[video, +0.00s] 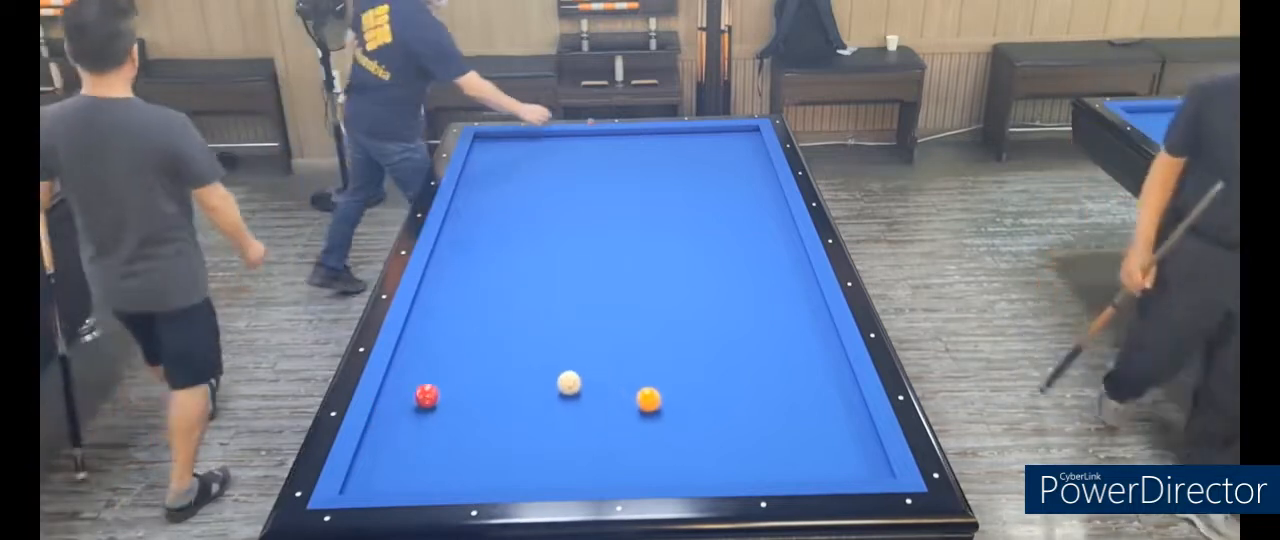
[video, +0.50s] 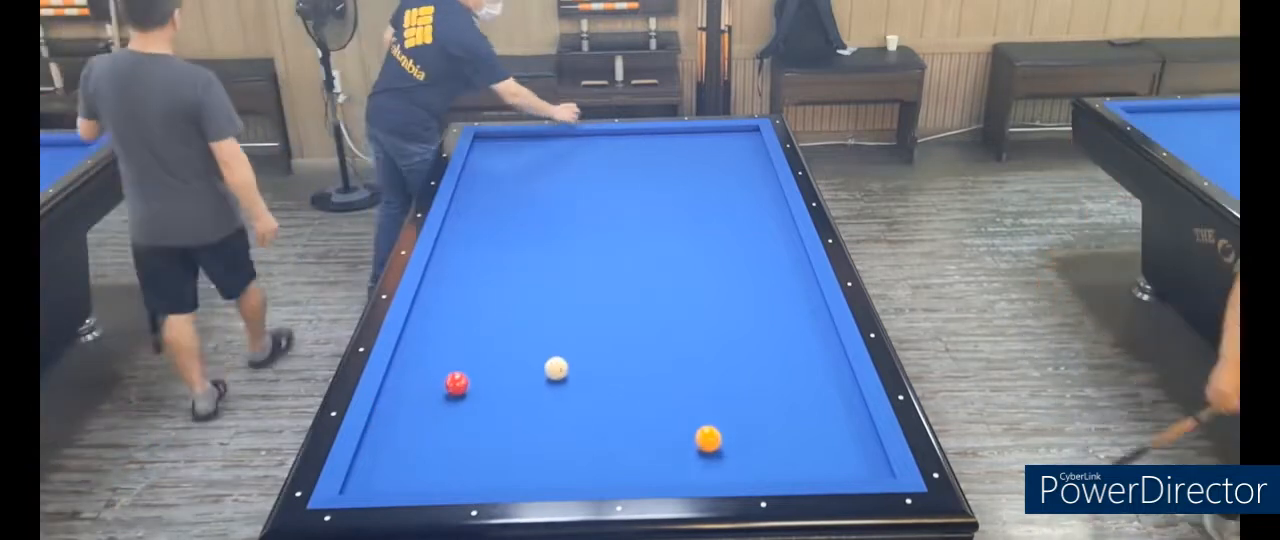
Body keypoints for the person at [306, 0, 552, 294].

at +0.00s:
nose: (447, 6)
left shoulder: (372, 8)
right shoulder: (425, 27)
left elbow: (356, 45)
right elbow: (470, 84)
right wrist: (522, 109)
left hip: (359, 122)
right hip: (393, 131)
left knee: (358, 193)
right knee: (431, 205)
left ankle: (330, 268)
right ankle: (440, 277)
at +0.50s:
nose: (493, 6)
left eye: (495, 2)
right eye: (491, 1)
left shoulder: (415, 3)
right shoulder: (465, 32)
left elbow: (390, 40)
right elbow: (510, 92)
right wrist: (554, 111)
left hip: (381, 114)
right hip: (413, 126)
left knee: (392, 202)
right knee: (431, 209)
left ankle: (381, 283)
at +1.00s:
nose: (429, 2)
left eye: (428, 1)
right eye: (423, 0)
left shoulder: (407, 19)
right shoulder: (382, 28)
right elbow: (358, 93)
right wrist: (412, 132)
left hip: (400, 144)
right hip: (386, 149)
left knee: (391, 223)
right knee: (428, 219)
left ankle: (381, 295)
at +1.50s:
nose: (367, 4)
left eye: (372, 0)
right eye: (357, 1)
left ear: (378, 2)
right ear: (336, 2)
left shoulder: (376, 25)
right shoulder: (317, 38)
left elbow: (383, 85)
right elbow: (291, 108)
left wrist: (401, 123)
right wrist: (344, 150)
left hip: (383, 166)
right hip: (348, 173)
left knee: (386, 251)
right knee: (360, 261)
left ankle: (383, 336)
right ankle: (351, 347)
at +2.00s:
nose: (322, 9)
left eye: (326, 1)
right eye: (309, 3)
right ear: (285, 6)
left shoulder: (350, 28)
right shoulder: (270, 51)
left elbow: (377, 84)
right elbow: (269, 128)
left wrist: (386, 134)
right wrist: (317, 112)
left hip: (366, 175)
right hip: (321, 184)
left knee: (371, 262)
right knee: (337, 272)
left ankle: (376, 337)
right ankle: (348, 351)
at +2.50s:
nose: (319, 8)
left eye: (324, 1)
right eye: (307, 3)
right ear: (284, 5)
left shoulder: (347, 28)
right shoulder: (263, 49)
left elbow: (379, 85)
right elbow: (271, 125)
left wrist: (368, 112)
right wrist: (326, 109)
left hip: (358, 173)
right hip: (313, 182)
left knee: (361, 261)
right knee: (331, 270)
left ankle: (358, 329)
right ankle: (342, 346)